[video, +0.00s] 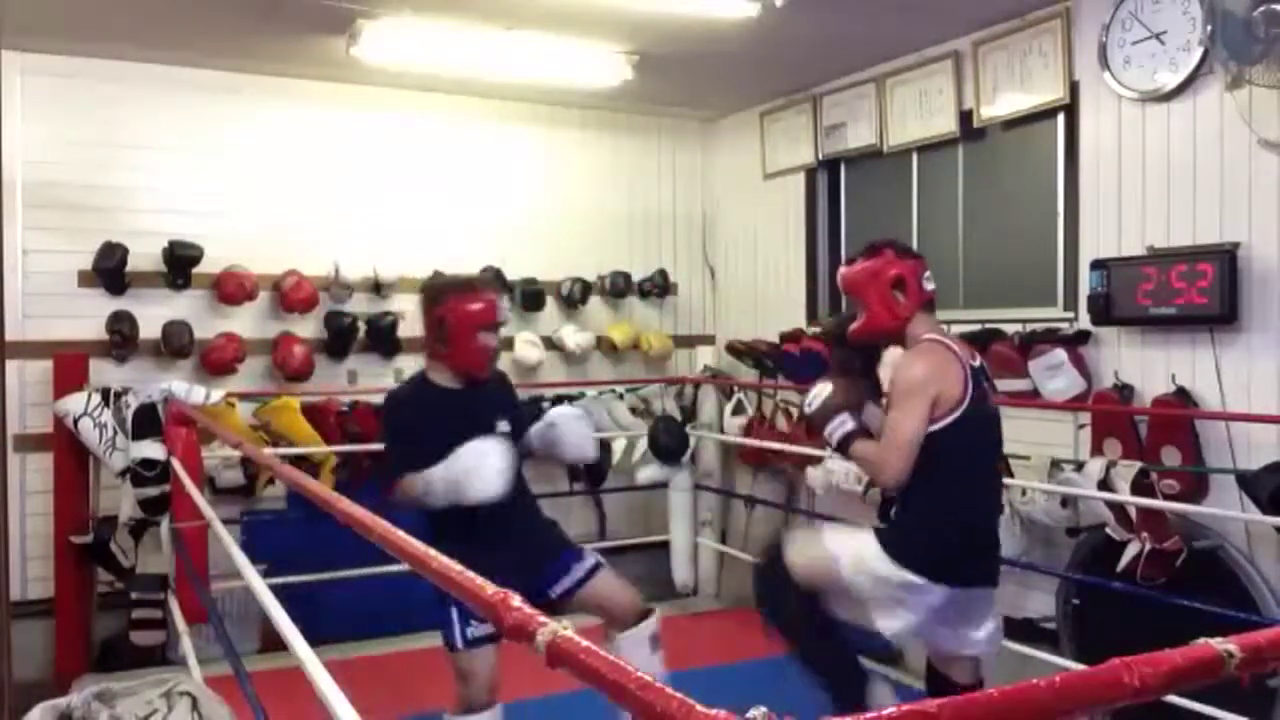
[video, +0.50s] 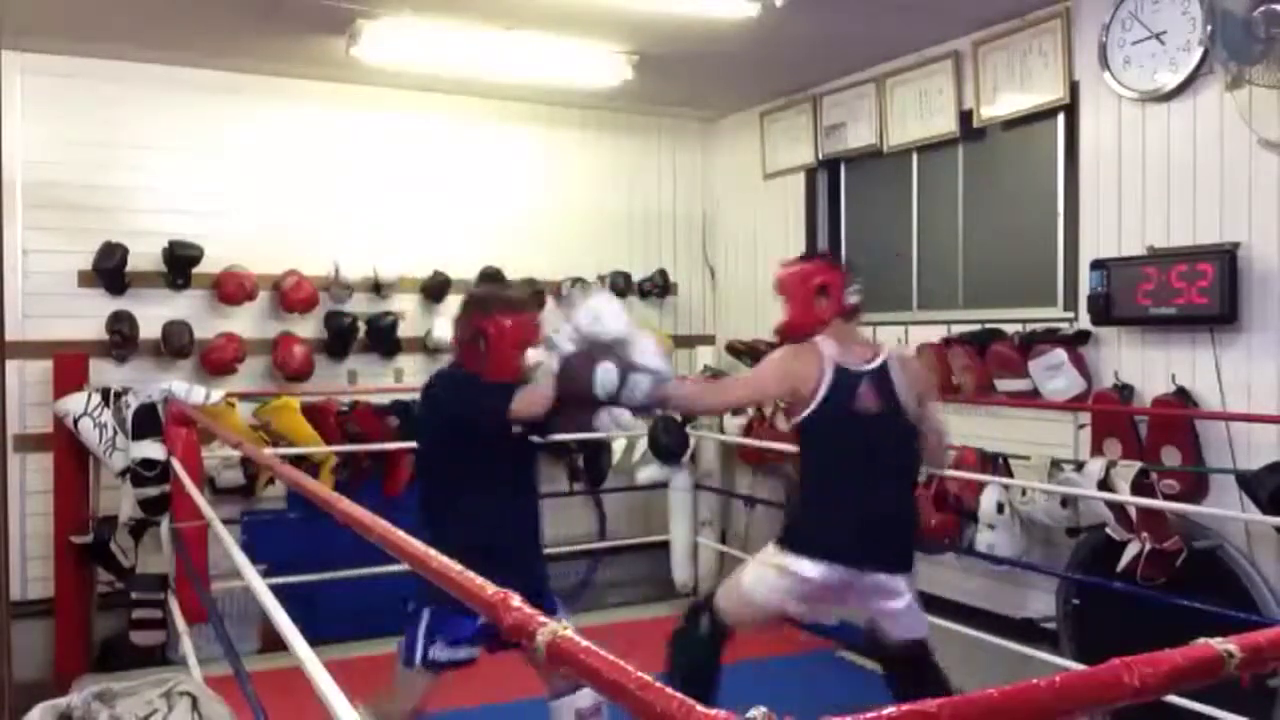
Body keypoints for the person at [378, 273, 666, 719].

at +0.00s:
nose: (493, 342)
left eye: (494, 330)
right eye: (483, 331)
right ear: (445, 335)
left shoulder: (494, 385)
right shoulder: (407, 404)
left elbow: (517, 436)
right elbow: (399, 487)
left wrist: (552, 436)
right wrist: (446, 480)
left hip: (531, 540)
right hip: (467, 561)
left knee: (630, 610)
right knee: (478, 695)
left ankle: (648, 712)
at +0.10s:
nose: (514, 337)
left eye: (516, 325)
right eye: (505, 326)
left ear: (483, 326)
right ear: (468, 326)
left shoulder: (505, 381)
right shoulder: (423, 393)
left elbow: (527, 435)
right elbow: (419, 474)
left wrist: (566, 426)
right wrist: (476, 449)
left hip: (534, 535)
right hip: (470, 555)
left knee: (630, 620)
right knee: (481, 689)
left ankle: (635, 712)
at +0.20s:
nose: (536, 339)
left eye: (537, 327)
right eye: (526, 327)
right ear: (490, 327)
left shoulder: (525, 382)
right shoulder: (443, 390)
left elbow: (549, 438)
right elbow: (440, 471)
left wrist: (593, 415)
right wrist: (493, 416)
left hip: (542, 546)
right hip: (474, 560)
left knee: (602, 671)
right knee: (471, 701)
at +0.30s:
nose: (534, 346)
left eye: (541, 334)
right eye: (522, 334)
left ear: (546, 339)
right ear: (495, 336)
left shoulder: (549, 393)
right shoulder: (456, 393)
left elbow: (586, 453)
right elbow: (479, 464)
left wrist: (621, 406)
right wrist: (509, 393)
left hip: (542, 561)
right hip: (472, 564)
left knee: (588, 683)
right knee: (440, 697)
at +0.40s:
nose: (538, 337)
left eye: (542, 326)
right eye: (527, 324)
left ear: (548, 330)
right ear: (492, 329)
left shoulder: (547, 393)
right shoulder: (453, 386)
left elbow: (588, 469)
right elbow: (501, 444)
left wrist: (607, 403)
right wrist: (540, 373)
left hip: (538, 566)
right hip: (468, 569)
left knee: (581, 688)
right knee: (420, 695)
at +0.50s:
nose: (533, 348)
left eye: (533, 337)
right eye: (524, 336)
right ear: (489, 338)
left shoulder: (510, 393)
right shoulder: (449, 389)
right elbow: (534, 406)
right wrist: (554, 359)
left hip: (518, 574)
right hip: (454, 581)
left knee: (574, 692)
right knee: (402, 702)